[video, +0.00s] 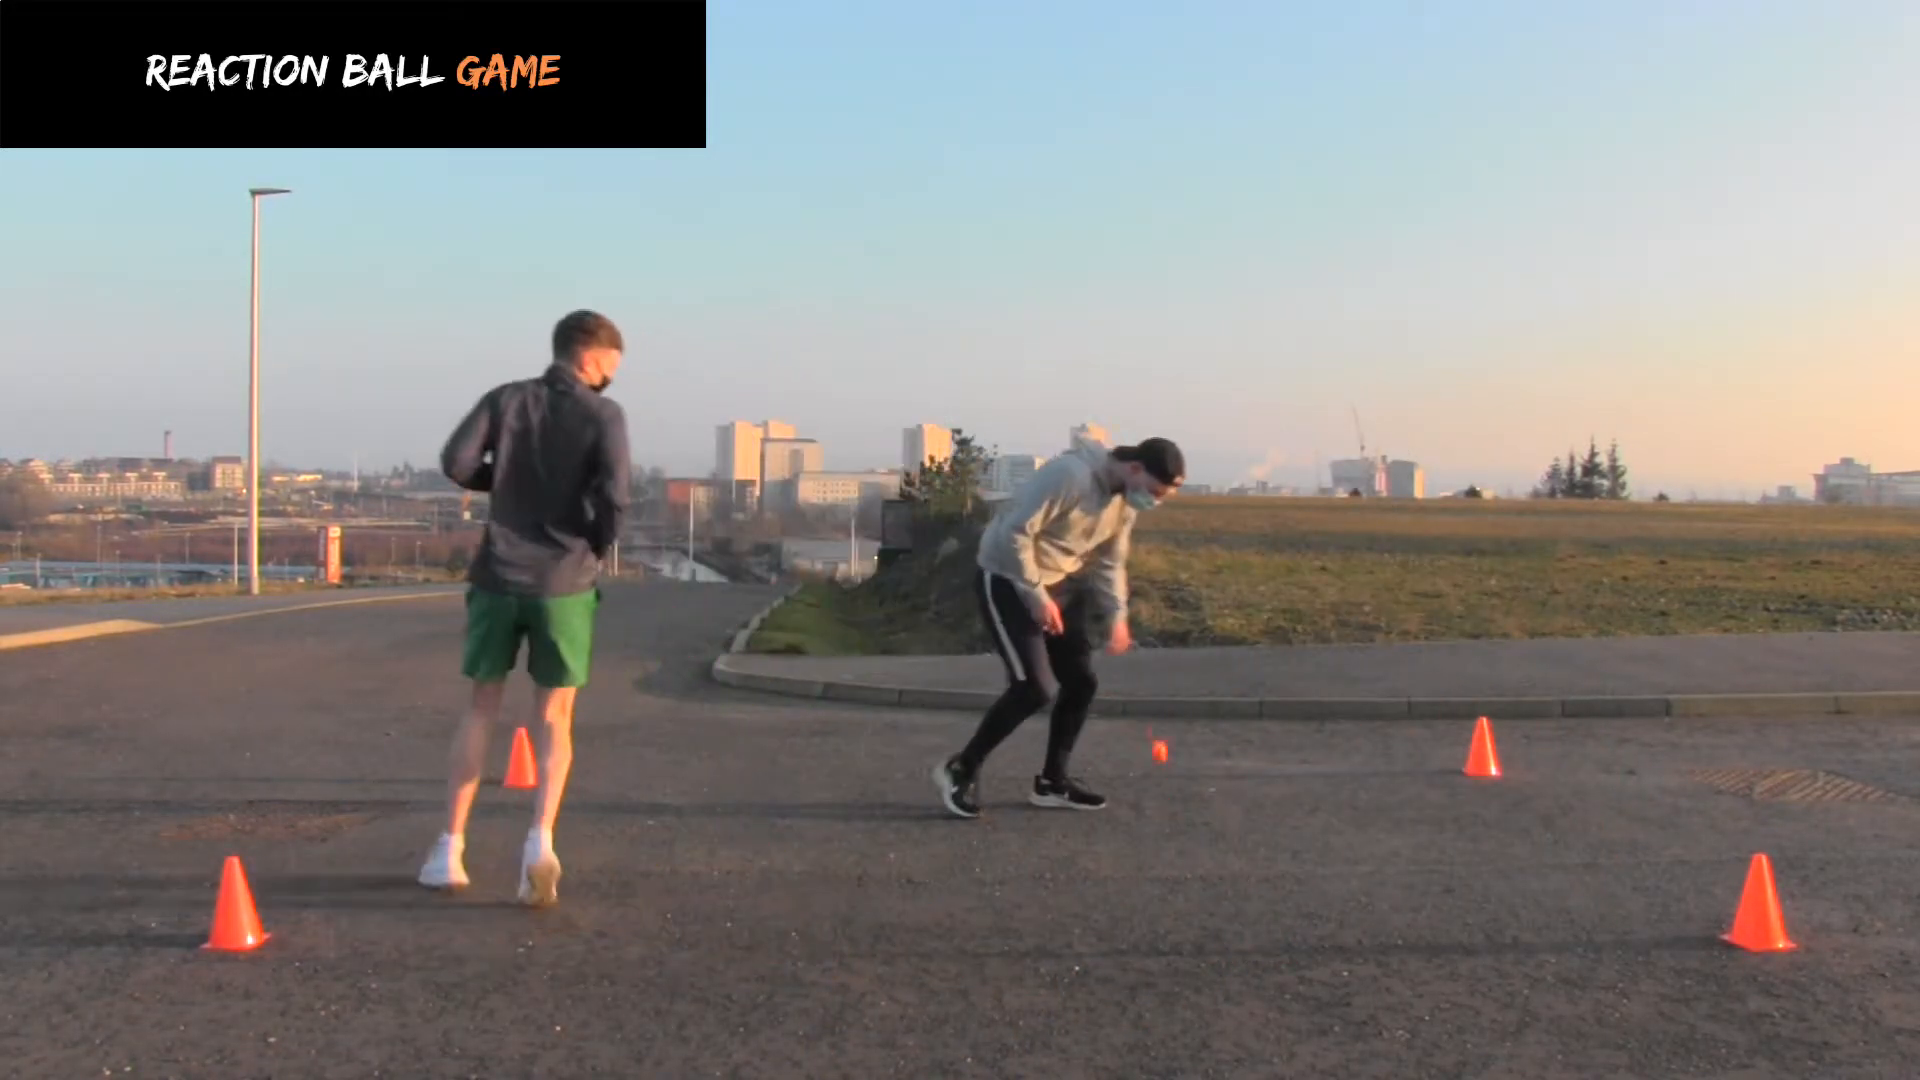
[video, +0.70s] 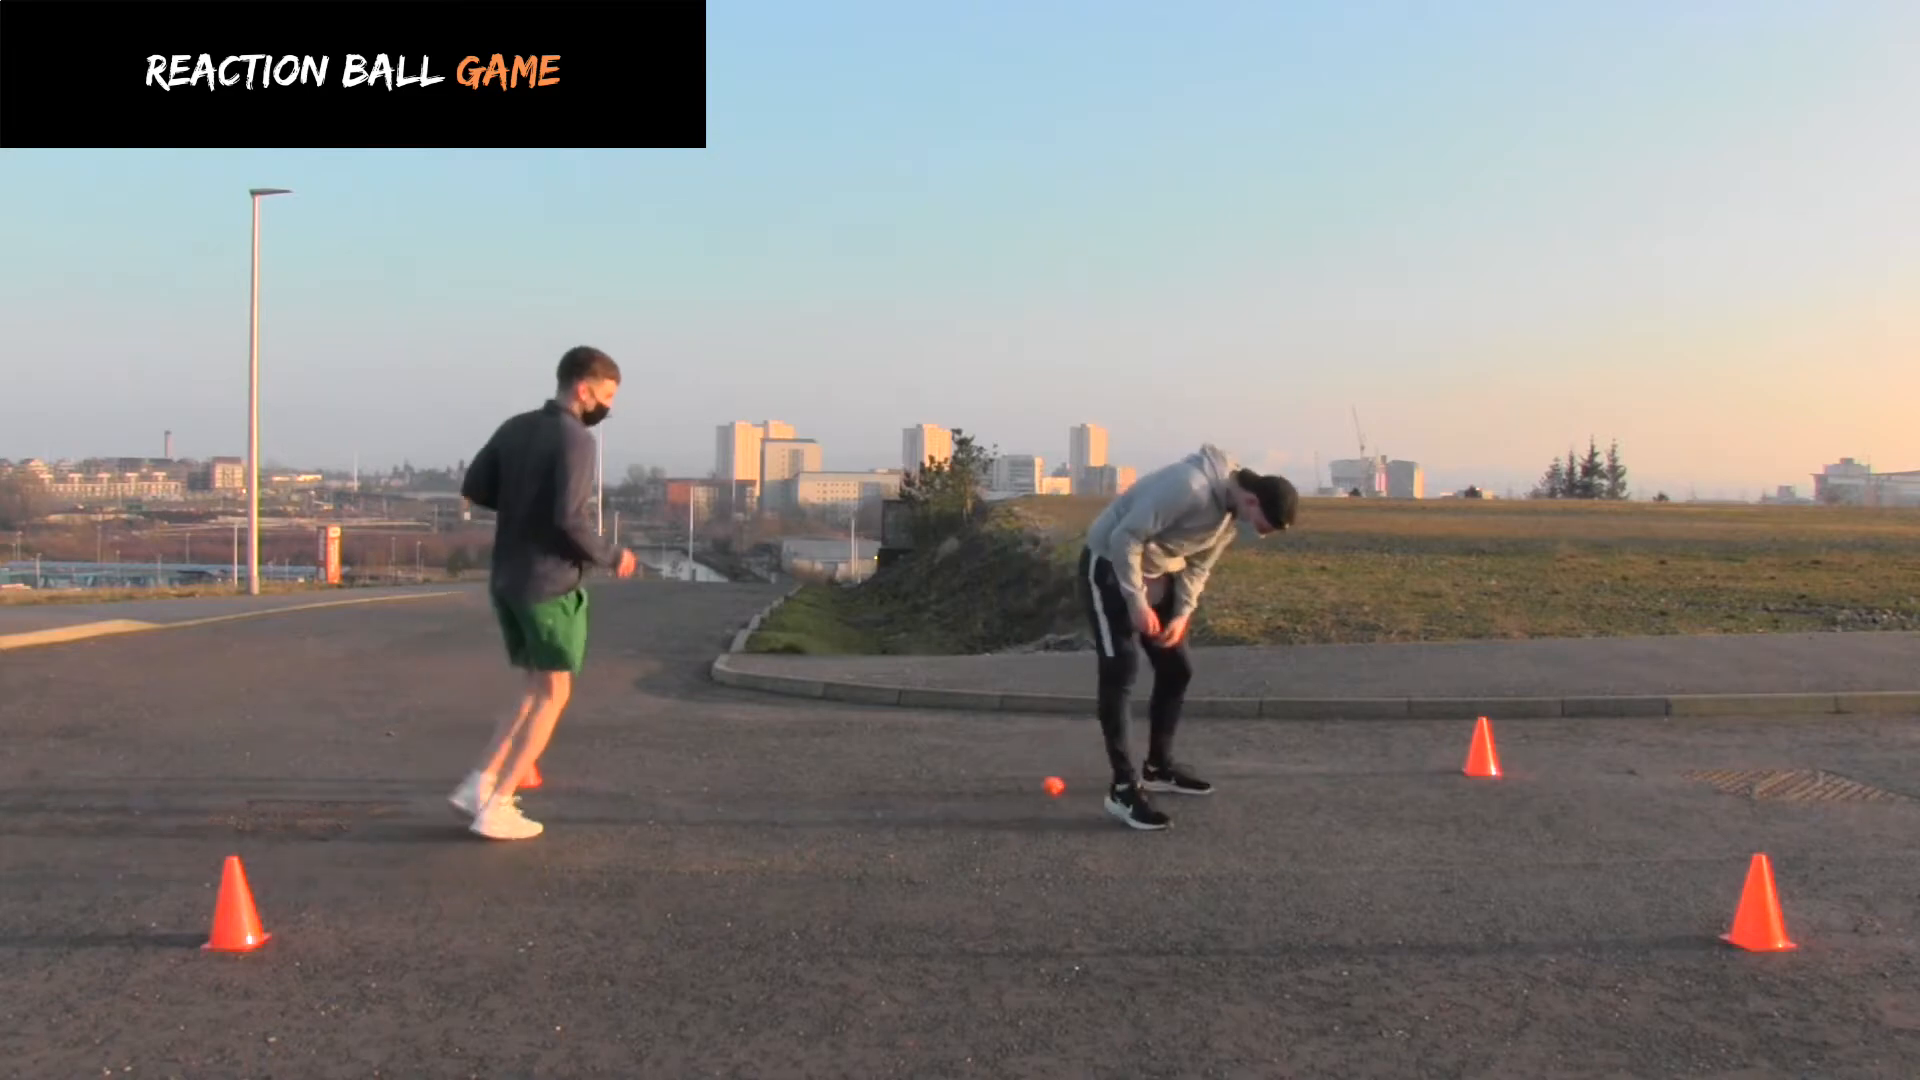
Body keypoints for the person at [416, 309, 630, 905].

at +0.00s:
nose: (614, 372)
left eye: (616, 363)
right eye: (612, 362)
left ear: (562, 350)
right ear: (589, 355)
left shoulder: (505, 398)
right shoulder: (604, 416)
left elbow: (457, 464)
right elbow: (612, 499)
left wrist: (505, 481)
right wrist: (600, 547)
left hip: (496, 578)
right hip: (564, 585)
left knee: (481, 708)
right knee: (555, 717)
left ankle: (449, 848)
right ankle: (540, 840)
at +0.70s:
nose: (609, 406)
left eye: (612, 397)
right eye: (606, 395)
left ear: (567, 386)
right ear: (582, 386)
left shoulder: (516, 427)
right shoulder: (576, 439)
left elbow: (476, 488)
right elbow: (569, 519)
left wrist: (532, 506)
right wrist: (613, 557)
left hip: (509, 582)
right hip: (550, 587)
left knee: (537, 686)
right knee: (555, 690)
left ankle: (481, 784)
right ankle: (497, 806)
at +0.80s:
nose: (620, 398)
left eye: (623, 389)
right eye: (617, 387)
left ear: (579, 377)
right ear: (594, 377)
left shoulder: (527, 417)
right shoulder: (586, 426)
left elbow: (483, 470)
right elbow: (580, 505)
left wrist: (533, 492)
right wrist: (619, 532)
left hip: (519, 569)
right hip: (558, 574)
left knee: (551, 677)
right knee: (556, 680)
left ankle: (533, 784)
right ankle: (502, 798)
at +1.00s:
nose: (642, 413)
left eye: (645, 404)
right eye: (640, 402)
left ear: (605, 392)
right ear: (618, 393)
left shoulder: (560, 434)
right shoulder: (607, 440)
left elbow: (527, 498)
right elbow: (604, 514)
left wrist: (576, 521)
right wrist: (639, 563)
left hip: (552, 580)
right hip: (584, 584)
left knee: (604, 675)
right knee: (594, 691)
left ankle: (589, 780)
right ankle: (514, 787)